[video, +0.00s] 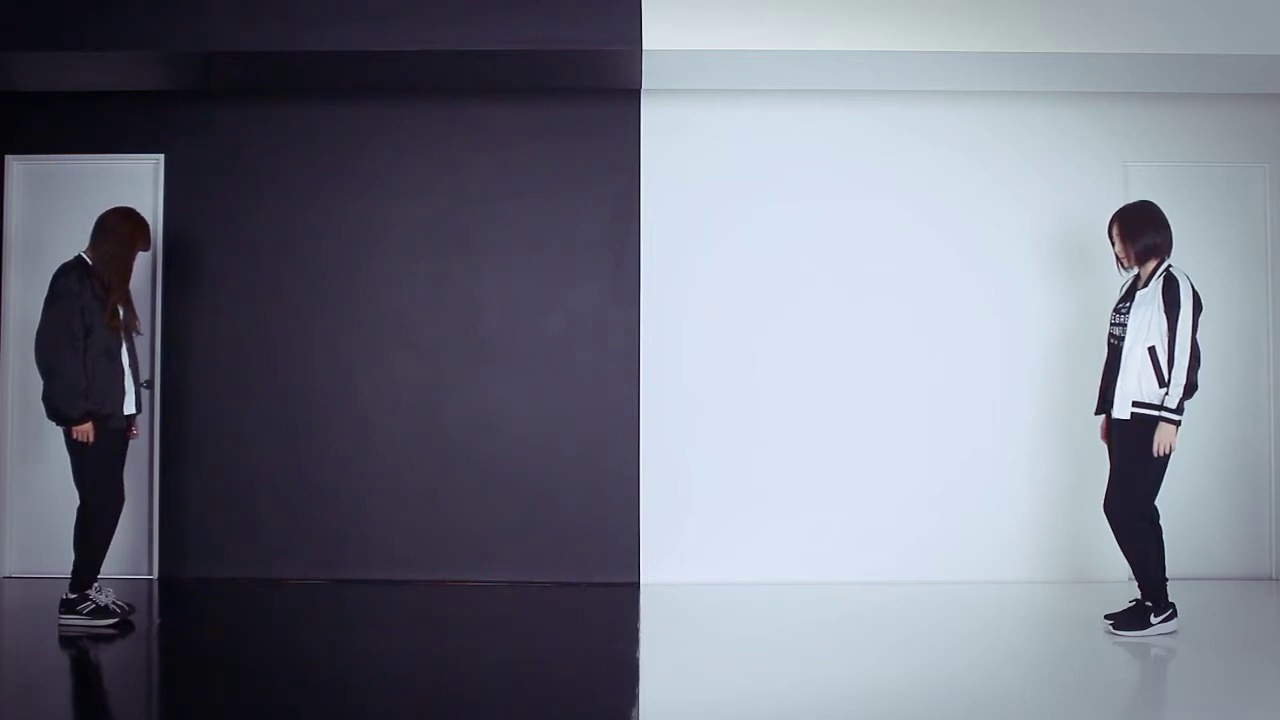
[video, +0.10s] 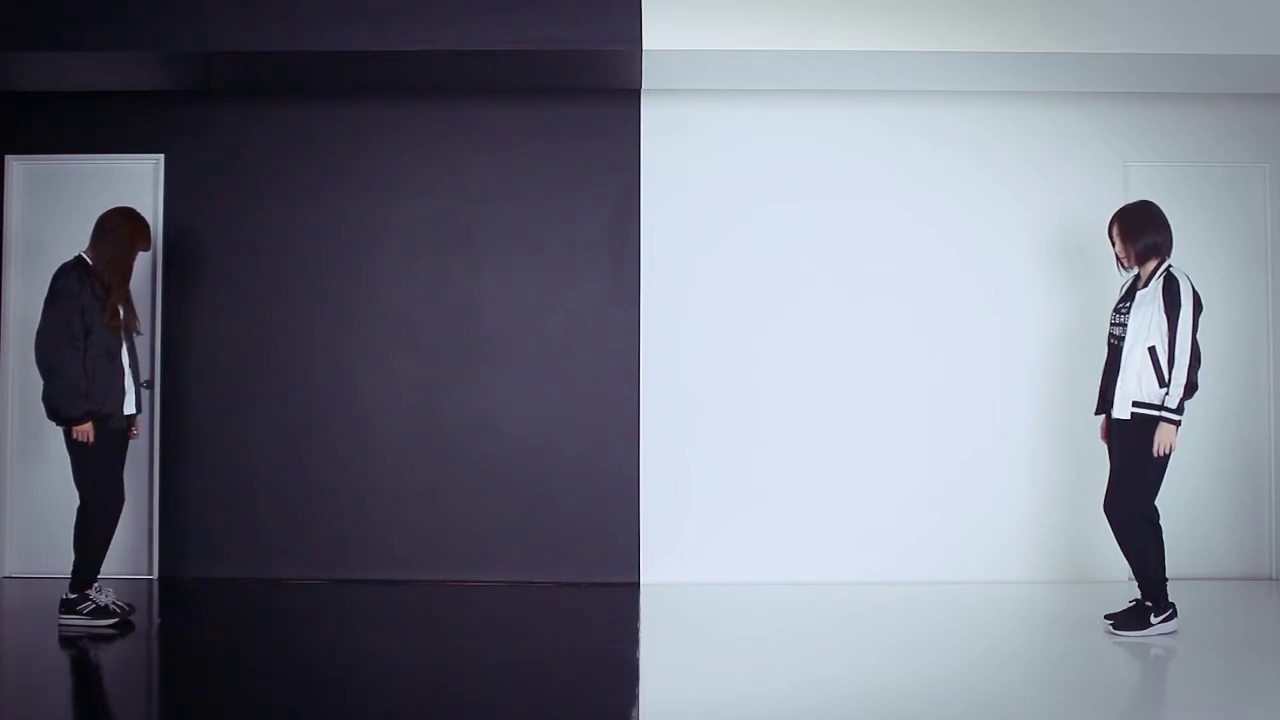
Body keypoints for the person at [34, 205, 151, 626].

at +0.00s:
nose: (134, 260)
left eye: (137, 252)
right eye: (133, 250)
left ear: (110, 241)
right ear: (116, 244)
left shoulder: (110, 283)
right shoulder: (73, 279)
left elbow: (119, 353)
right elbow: (56, 350)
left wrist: (130, 410)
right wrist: (76, 412)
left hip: (112, 415)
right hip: (88, 417)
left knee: (109, 500)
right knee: (100, 502)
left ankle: (86, 590)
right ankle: (78, 596)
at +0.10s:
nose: (135, 260)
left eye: (138, 252)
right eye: (133, 250)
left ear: (111, 242)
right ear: (116, 244)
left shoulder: (111, 284)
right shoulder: (73, 278)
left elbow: (120, 353)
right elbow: (56, 350)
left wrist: (130, 410)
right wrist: (76, 412)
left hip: (112, 416)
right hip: (88, 417)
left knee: (109, 500)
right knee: (100, 501)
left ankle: (86, 590)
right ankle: (78, 597)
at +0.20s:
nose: (135, 260)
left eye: (138, 252)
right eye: (133, 250)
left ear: (111, 242)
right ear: (116, 244)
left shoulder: (111, 284)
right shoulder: (73, 279)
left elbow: (120, 354)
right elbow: (56, 350)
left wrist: (130, 410)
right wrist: (76, 412)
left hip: (112, 416)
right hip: (88, 417)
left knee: (109, 500)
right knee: (100, 501)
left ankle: (86, 590)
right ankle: (78, 597)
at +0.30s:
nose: (135, 260)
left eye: (138, 252)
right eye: (133, 250)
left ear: (111, 242)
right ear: (116, 244)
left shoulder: (110, 283)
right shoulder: (73, 279)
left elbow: (120, 353)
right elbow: (56, 350)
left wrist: (130, 410)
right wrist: (76, 412)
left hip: (112, 415)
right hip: (87, 417)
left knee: (109, 500)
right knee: (100, 501)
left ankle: (86, 590)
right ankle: (78, 596)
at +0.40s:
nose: (134, 260)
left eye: (137, 252)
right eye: (133, 250)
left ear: (110, 241)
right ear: (116, 244)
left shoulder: (110, 283)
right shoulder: (73, 278)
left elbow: (120, 353)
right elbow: (56, 350)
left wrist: (130, 410)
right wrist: (76, 412)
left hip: (112, 415)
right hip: (87, 417)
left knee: (108, 499)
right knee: (100, 501)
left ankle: (86, 590)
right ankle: (78, 597)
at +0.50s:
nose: (134, 259)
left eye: (137, 251)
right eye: (132, 250)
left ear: (110, 241)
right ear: (115, 244)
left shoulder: (110, 283)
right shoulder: (72, 278)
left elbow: (120, 354)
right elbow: (56, 349)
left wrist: (130, 410)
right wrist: (76, 412)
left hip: (112, 416)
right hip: (87, 417)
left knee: (108, 499)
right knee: (100, 501)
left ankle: (86, 590)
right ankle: (78, 597)